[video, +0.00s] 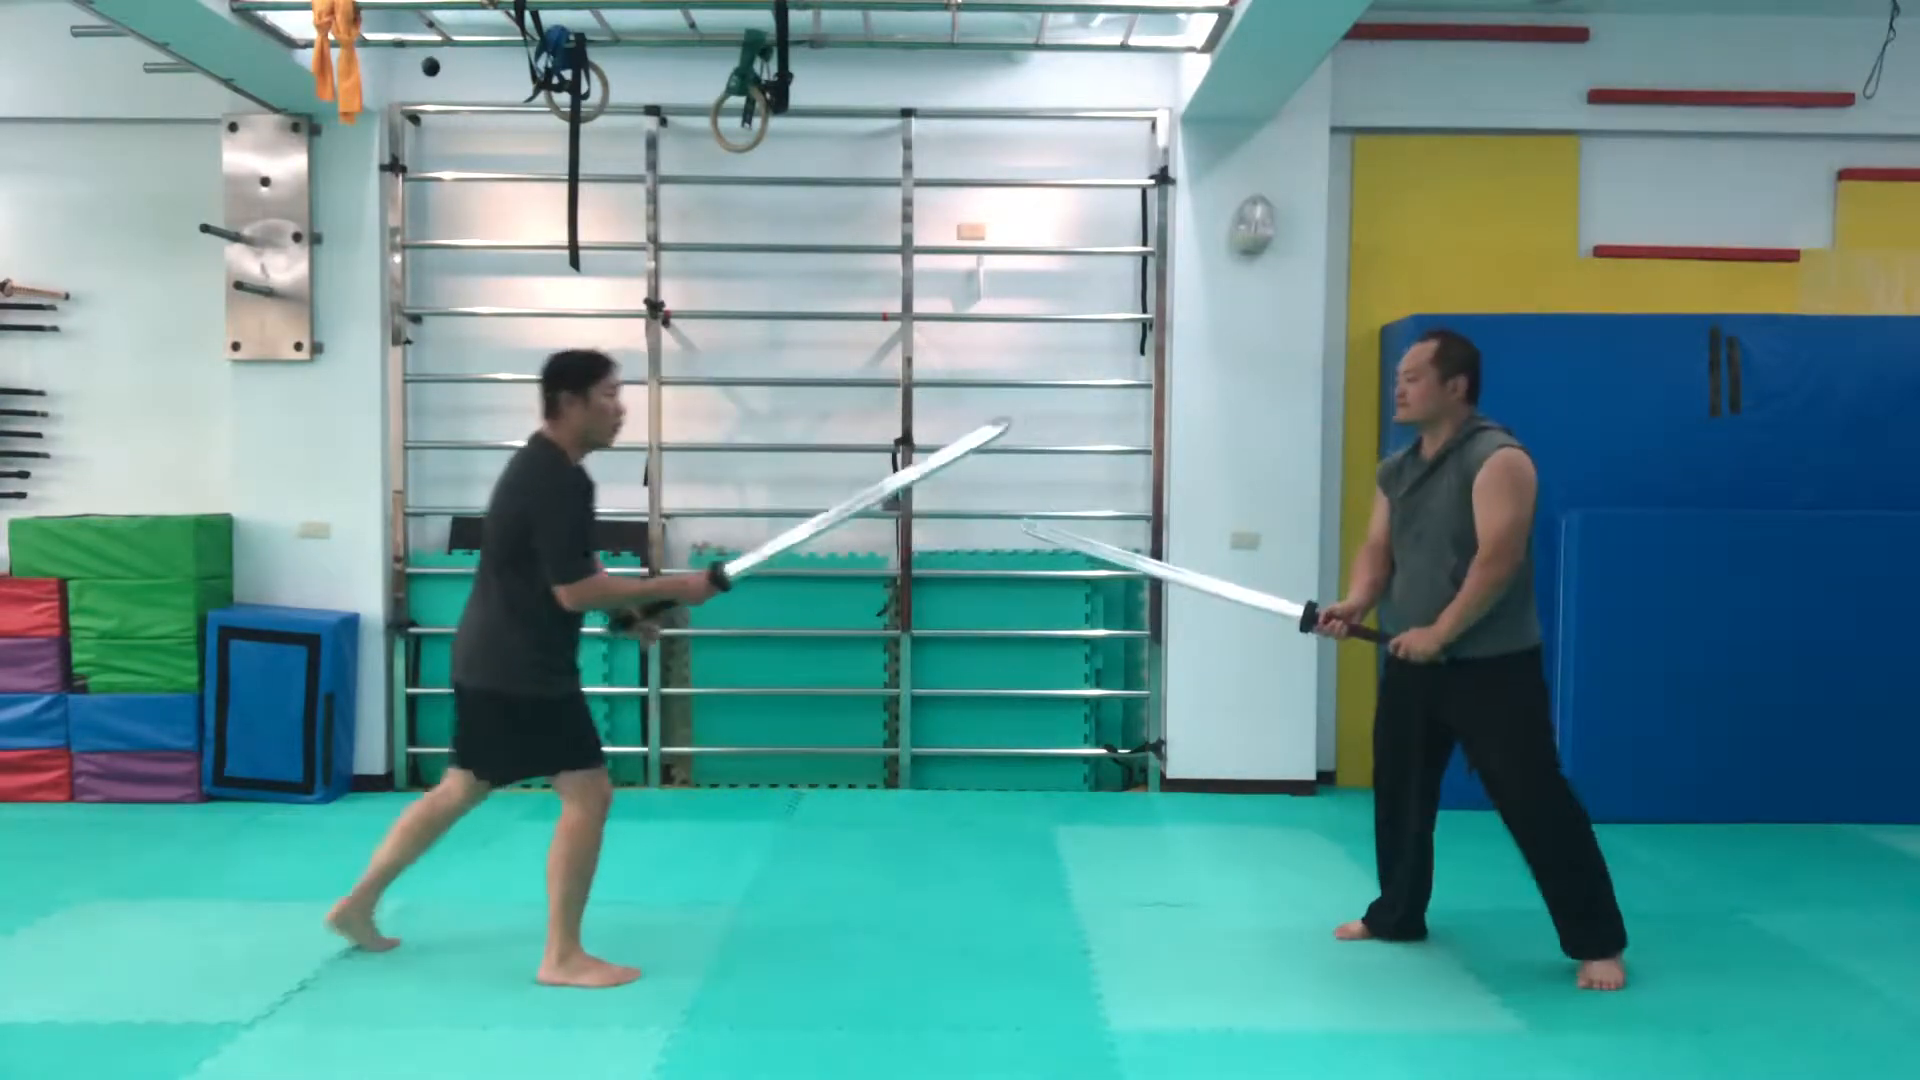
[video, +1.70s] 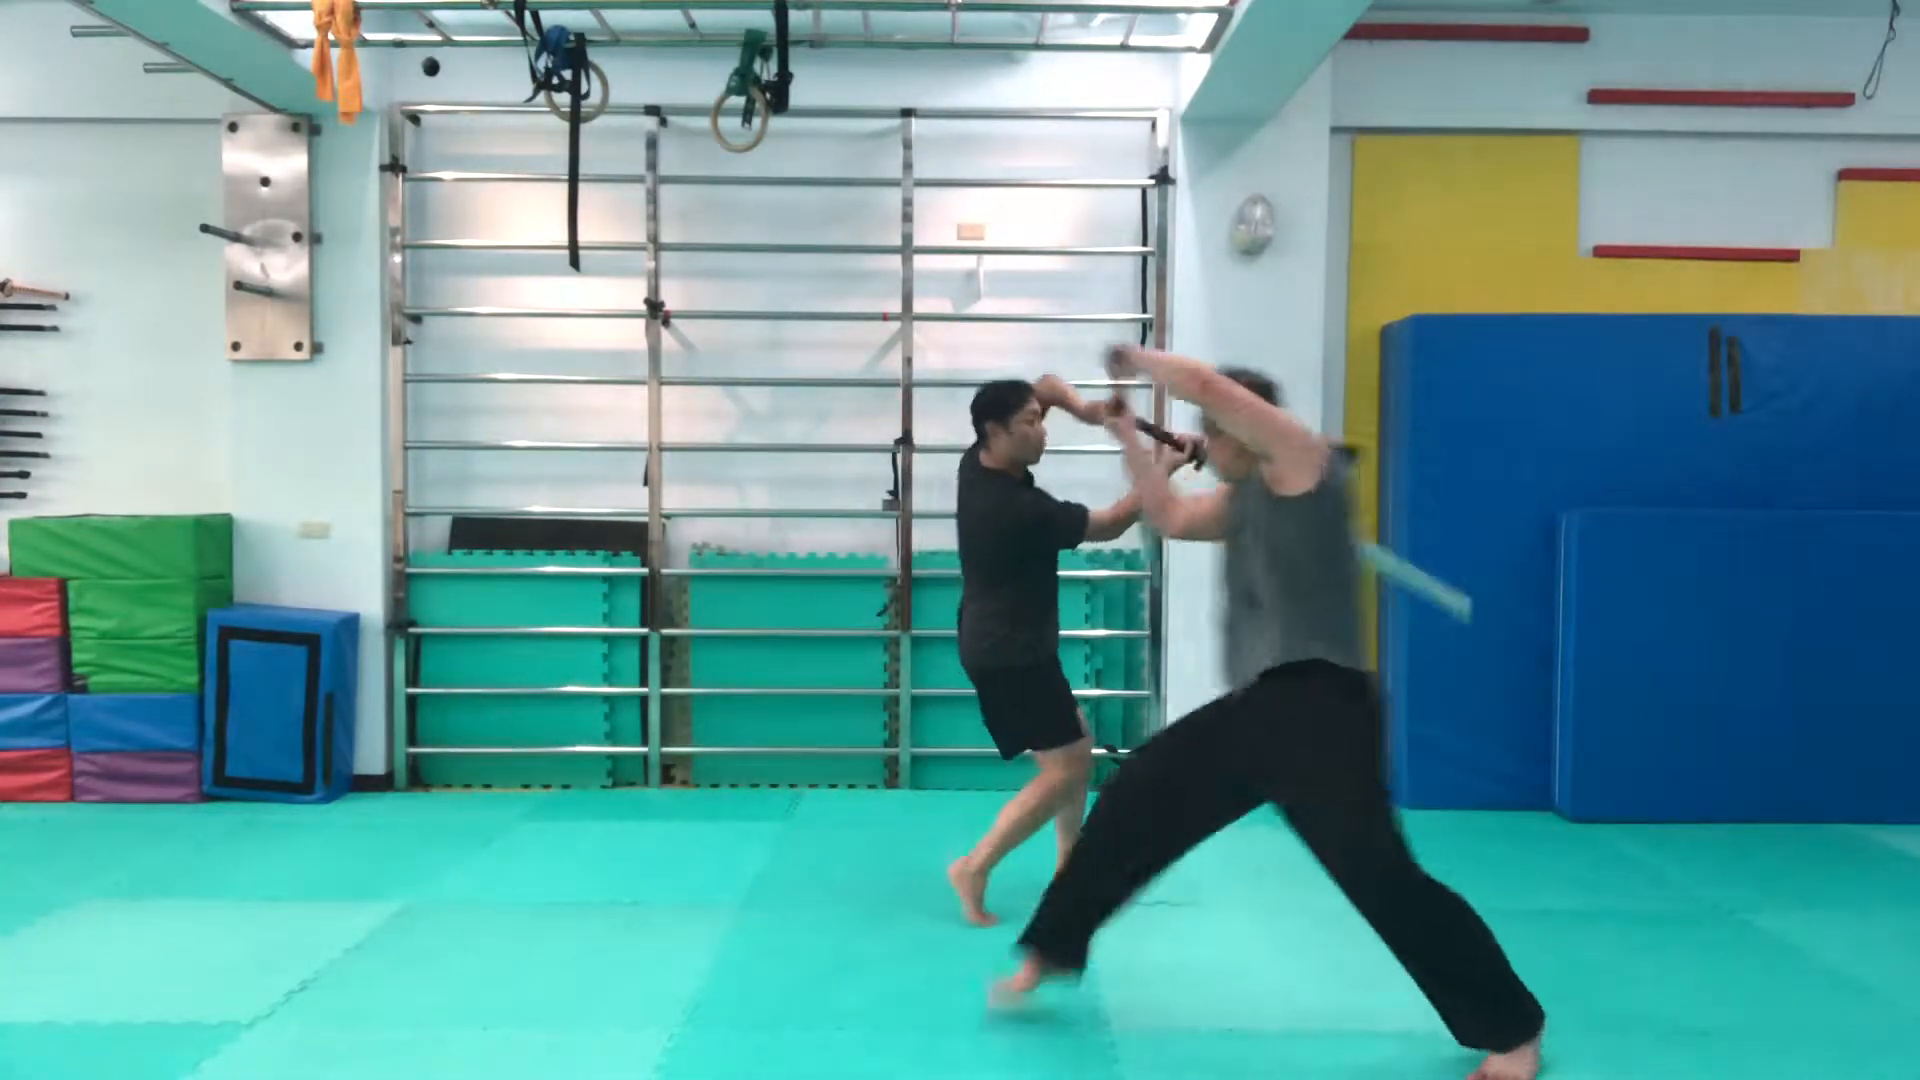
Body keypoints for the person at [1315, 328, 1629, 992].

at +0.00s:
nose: (1399, 388)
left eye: (1412, 379)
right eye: (1399, 379)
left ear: (1457, 388)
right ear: (1415, 390)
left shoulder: (1500, 462)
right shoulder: (1396, 471)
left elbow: (1500, 561)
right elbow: (1377, 552)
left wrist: (1437, 631)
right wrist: (1355, 605)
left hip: (1493, 665)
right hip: (1413, 664)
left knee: (1535, 801)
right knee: (1400, 792)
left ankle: (1599, 945)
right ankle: (1398, 916)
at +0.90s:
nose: (1372, 425)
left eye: (1385, 413)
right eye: (1371, 413)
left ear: (1429, 419)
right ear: (1377, 420)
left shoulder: (1481, 481)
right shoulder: (1366, 496)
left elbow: (1428, 555)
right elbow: (1305, 546)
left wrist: (1339, 587)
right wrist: (1251, 554)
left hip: (1487, 686)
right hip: (1399, 687)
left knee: (1497, 815)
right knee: (1378, 797)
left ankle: (1533, 942)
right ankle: (1391, 915)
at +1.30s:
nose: (1325, 466)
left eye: (1328, 453)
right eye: (1320, 455)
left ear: (1371, 439)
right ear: (1350, 450)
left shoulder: (1439, 454)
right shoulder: (1369, 502)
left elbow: (1340, 483)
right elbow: (1348, 578)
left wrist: (1264, 527)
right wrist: (1269, 581)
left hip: (1470, 684)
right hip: (1397, 683)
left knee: (1471, 868)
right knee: (1311, 768)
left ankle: (1528, 1043)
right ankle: (1442, 845)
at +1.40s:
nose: (1296, 471)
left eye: (1300, 455)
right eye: (1293, 458)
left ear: (1330, 439)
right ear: (1322, 445)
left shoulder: (1402, 461)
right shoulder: (1352, 506)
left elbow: (1283, 442)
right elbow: (1314, 561)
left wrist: (1226, 449)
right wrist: (1247, 509)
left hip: (1459, 691)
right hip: (1391, 687)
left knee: (1461, 865)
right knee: (1278, 686)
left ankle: (1526, 1041)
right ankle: (1356, 823)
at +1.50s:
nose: (1276, 471)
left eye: (1279, 459)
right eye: (1272, 460)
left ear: (1315, 439)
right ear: (1300, 444)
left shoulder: (1380, 468)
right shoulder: (1330, 503)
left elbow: (1262, 409)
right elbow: (1267, 530)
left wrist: (1204, 395)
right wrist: (1217, 456)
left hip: (1423, 703)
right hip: (1358, 697)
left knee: (1431, 889)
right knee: (1241, 677)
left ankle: (1525, 1043)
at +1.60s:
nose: (1249, 456)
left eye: (1253, 440)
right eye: (1246, 441)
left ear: (1291, 427)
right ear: (1277, 438)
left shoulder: (1353, 462)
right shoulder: (1300, 497)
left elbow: (1241, 389)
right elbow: (1231, 521)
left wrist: (1177, 377)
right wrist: (1185, 455)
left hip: (1377, 711)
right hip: (1312, 709)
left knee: (1405, 881)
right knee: (1181, 725)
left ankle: (1518, 1037)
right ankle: (1123, 876)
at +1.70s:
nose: (1204, 450)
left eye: (1210, 434)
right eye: (1201, 439)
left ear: (1244, 422)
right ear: (1239, 428)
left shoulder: (1303, 457)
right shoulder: (1241, 499)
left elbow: (1211, 386)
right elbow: (1166, 513)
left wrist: (1135, 355)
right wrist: (1127, 432)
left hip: (1320, 705)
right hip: (1259, 710)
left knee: (1378, 875)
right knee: (1137, 800)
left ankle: (1513, 1027)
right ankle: (1051, 949)